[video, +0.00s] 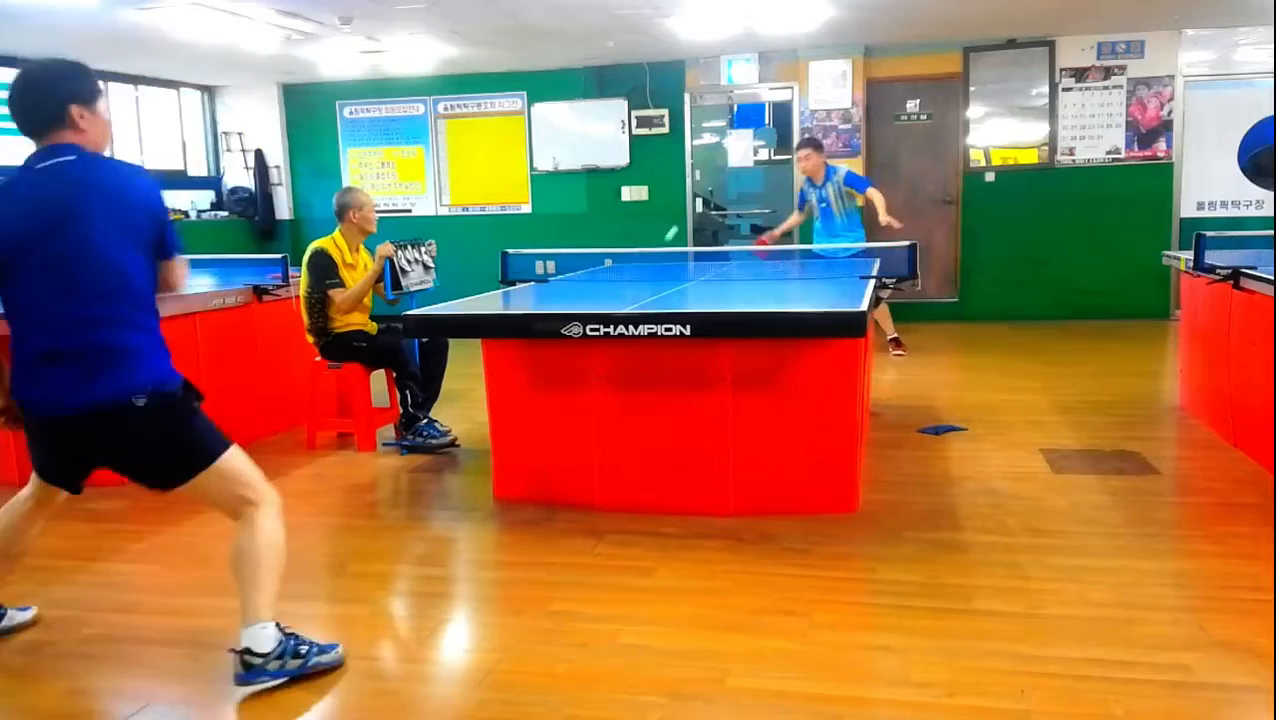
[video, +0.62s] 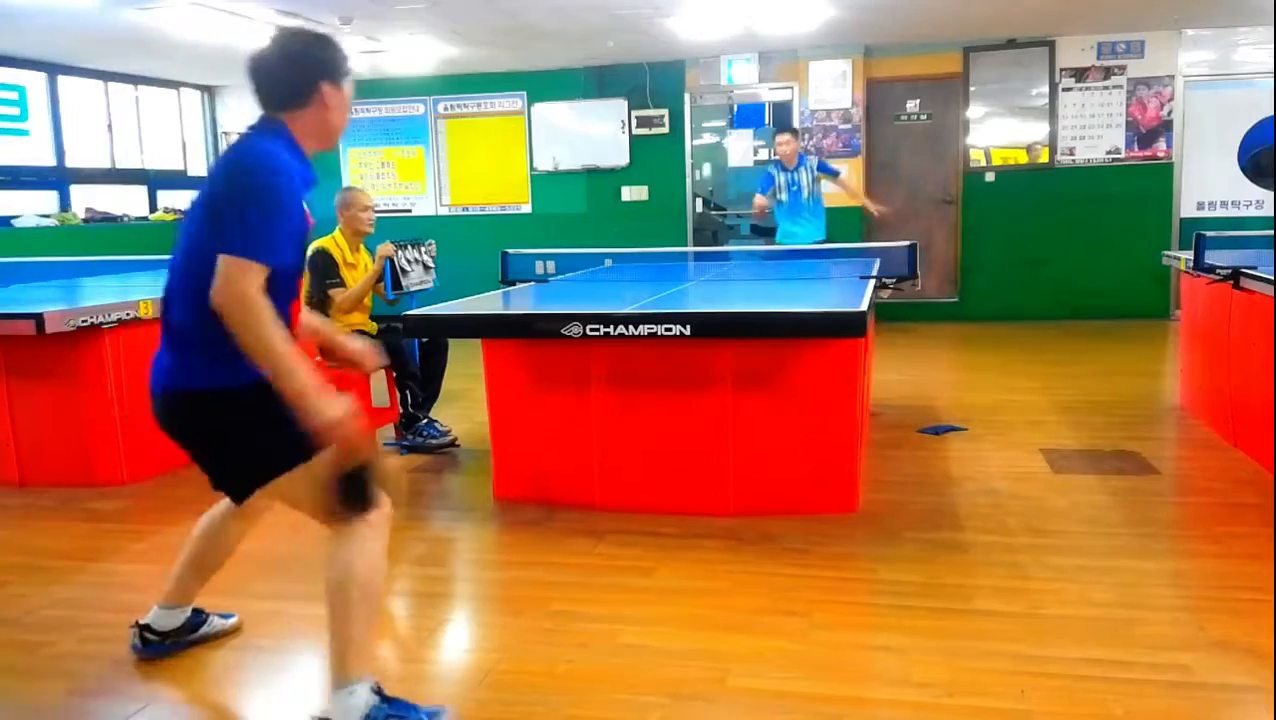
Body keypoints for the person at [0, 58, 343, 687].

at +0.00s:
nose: (108, 121)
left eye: (103, 109)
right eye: (102, 109)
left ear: (32, 126)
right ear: (77, 116)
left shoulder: (6, 197)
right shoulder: (129, 183)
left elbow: (8, 307)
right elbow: (173, 278)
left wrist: (5, 394)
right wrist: (96, 278)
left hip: (45, 400)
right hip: (134, 394)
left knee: (42, 491)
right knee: (256, 501)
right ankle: (262, 642)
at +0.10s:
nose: (121, 114)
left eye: (118, 101)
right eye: (116, 102)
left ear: (45, 114)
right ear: (93, 107)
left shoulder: (12, 192)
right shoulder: (145, 178)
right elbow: (212, 277)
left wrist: (10, 378)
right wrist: (184, 310)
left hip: (69, 396)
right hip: (153, 388)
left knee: (46, 493)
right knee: (272, 493)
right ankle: (260, 645)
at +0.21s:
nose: (158, 80)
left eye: (154, 67)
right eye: (154, 67)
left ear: (89, 78)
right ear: (133, 72)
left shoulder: (50, 160)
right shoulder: (162, 141)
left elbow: (10, 262)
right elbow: (234, 229)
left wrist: (44, 337)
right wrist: (269, 295)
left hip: (99, 367)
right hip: (181, 362)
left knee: (92, 479)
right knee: (288, 481)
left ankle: (15, 598)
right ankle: (265, 644)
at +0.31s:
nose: (208, 57)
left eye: (202, 42)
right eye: (202, 41)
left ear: (132, 55)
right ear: (182, 49)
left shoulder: (90, 133)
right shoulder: (194, 121)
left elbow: (49, 244)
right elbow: (244, 224)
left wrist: (97, 299)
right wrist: (307, 295)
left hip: (110, 347)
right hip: (188, 340)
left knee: (172, 462)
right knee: (297, 470)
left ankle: (117, 603)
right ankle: (286, 645)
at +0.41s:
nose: (269, 80)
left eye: (265, 66)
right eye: (264, 66)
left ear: (197, 76)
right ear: (243, 72)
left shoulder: (153, 147)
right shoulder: (234, 147)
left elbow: (113, 260)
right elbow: (262, 261)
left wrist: (185, 304)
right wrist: (341, 337)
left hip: (145, 369)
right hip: (204, 369)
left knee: (232, 484)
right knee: (314, 503)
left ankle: (167, 619)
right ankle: (323, 687)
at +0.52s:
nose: (310, 102)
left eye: (307, 88)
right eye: (307, 88)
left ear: (240, 93)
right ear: (285, 91)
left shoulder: (198, 159)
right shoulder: (258, 167)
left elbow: (186, 277)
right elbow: (269, 285)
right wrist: (363, 365)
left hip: (169, 384)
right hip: (219, 386)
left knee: (251, 491)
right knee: (350, 507)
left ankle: (167, 618)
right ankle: (336, 689)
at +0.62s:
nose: (350, 106)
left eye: (349, 93)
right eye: (346, 93)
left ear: (291, 98)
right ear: (320, 95)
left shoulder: (265, 162)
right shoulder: (270, 170)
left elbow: (265, 292)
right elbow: (236, 295)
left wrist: (338, 341)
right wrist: (315, 399)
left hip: (199, 384)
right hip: (223, 388)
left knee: (255, 490)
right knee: (362, 508)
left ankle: (167, 617)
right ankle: (354, 695)